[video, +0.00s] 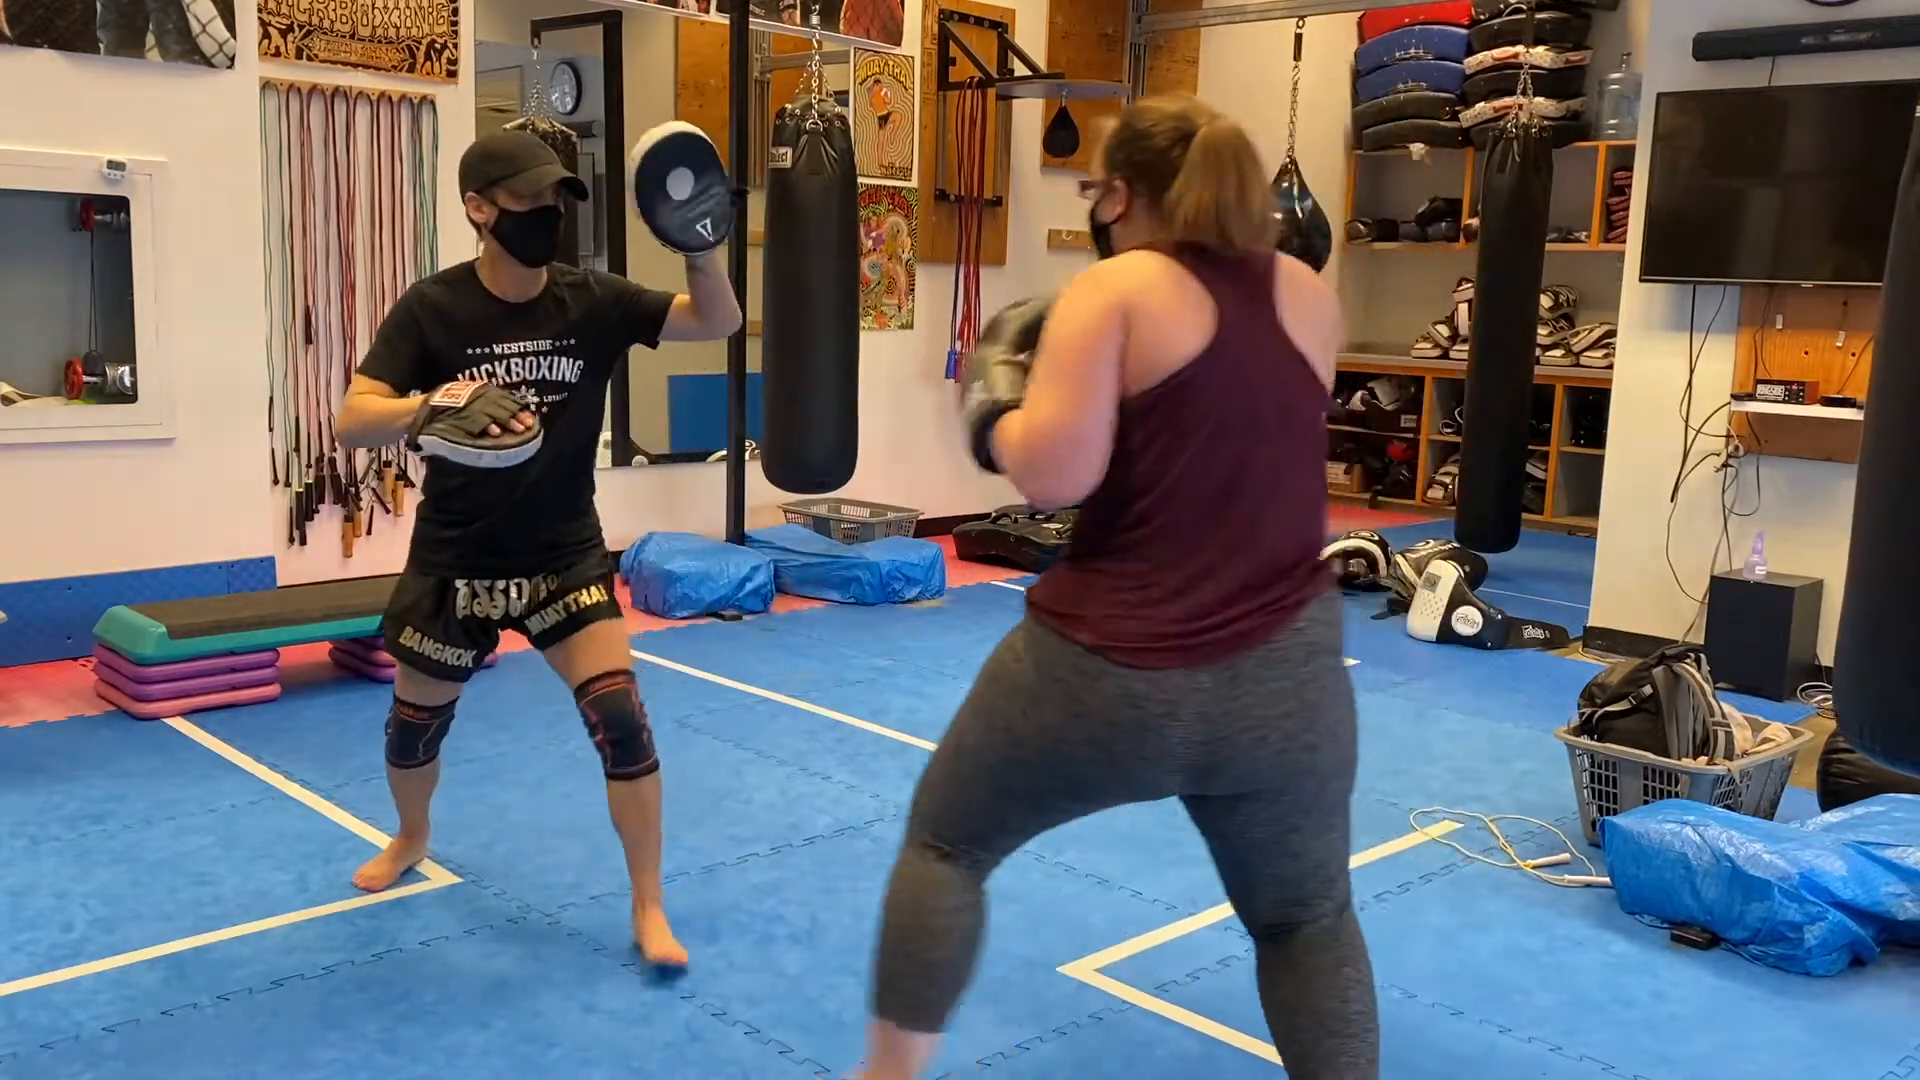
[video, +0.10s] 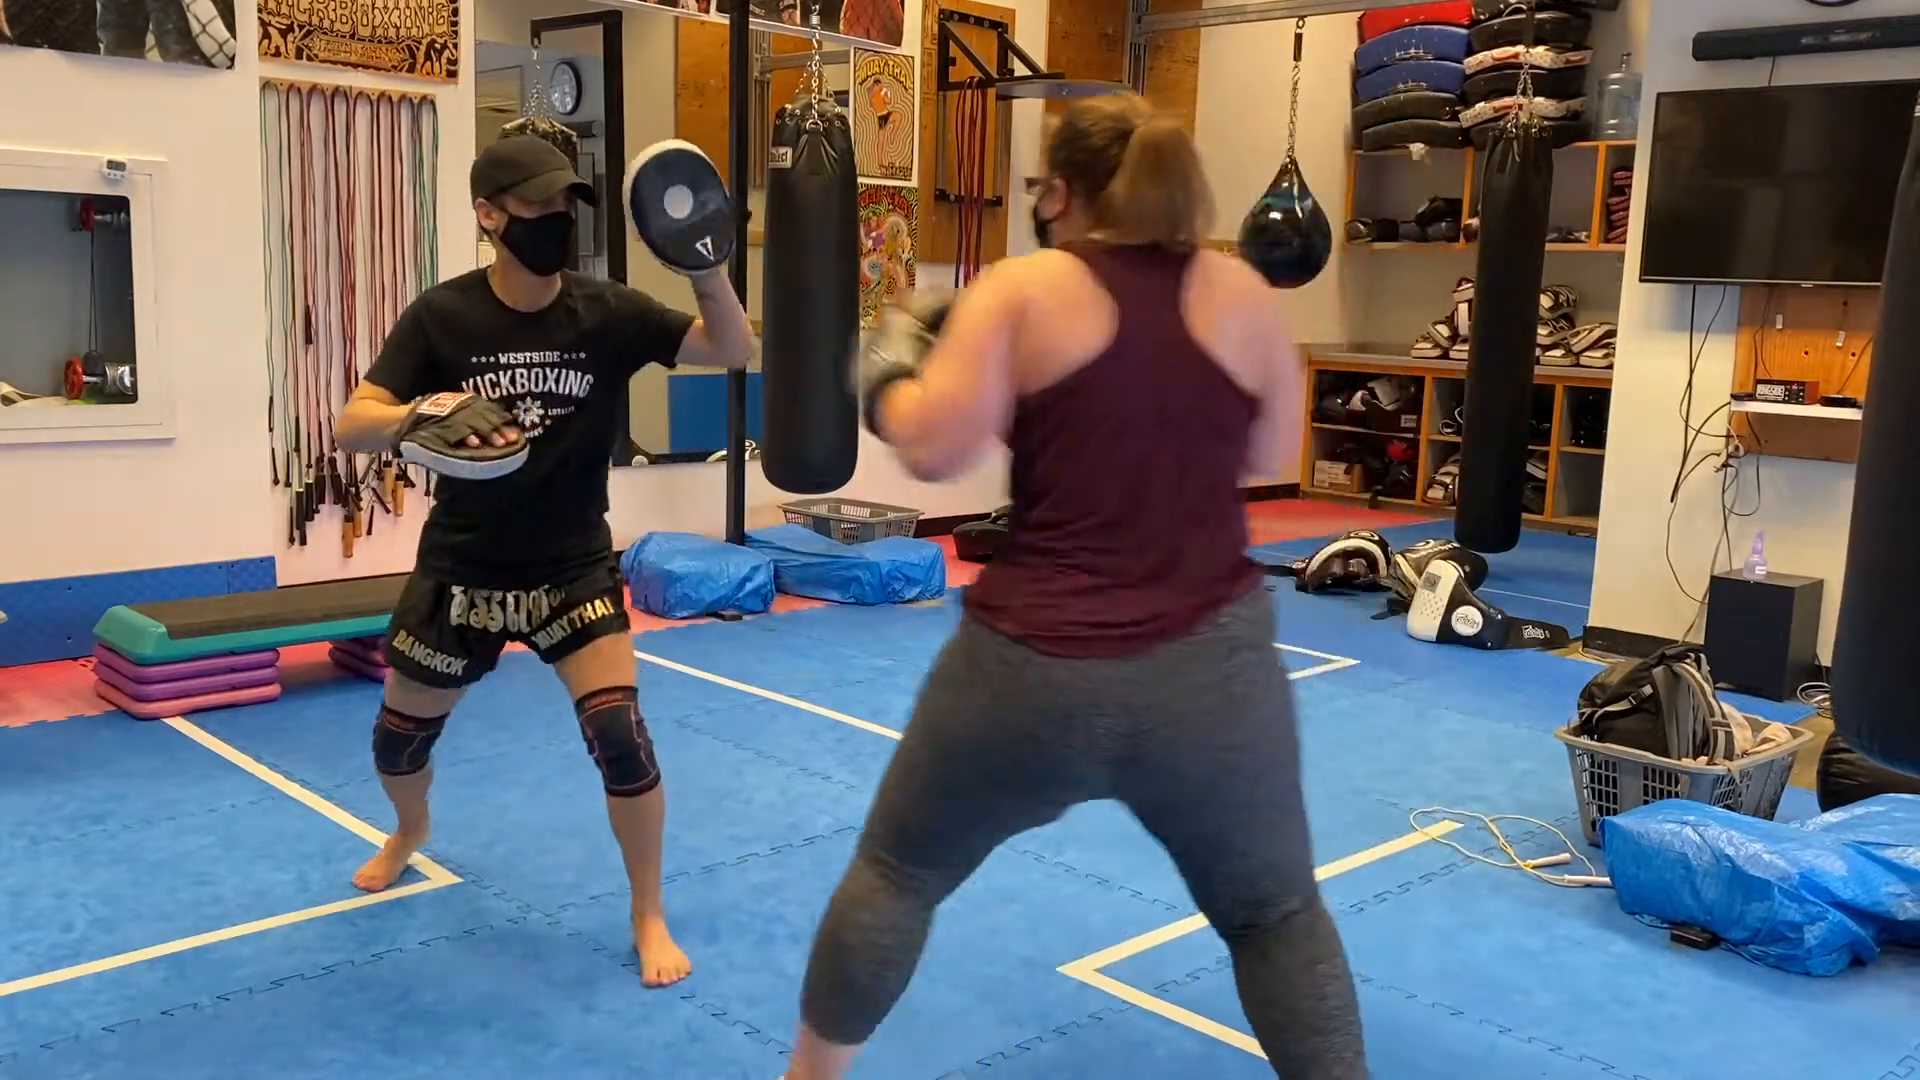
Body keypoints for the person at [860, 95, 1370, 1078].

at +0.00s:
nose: (1098, 213)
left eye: (1103, 194)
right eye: (1098, 195)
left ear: (1134, 194)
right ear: (1229, 184)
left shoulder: (1111, 293)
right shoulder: (1311, 293)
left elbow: (1053, 476)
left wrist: (995, 402)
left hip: (1100, 692)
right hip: (1285, 692)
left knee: (947, 848)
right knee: (1308, 919)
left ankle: (890, 1063)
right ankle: (1346, 1074)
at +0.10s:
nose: (1039, 198)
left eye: (1046, 183)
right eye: (1043, 181)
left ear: (1072, 192)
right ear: (1169, 183)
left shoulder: (1016, 293)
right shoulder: (1245, 294)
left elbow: (936, 445)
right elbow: (1272, 458)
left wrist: (880, 368)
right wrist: (1155, 419)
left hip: (1025, 690)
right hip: (1213, 689)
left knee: (899, 874)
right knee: (1276, 913)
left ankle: (813, 1064)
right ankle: (1336, 1071)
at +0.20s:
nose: (968, 183)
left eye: (974, 171)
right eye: (974, 167)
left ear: (992, 184)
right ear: (1103, 182)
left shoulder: (928, 277)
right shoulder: (1156, 294)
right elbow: (1201, 452)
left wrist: (756, 288)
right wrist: (1099, 418)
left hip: (935, 671)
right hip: (1118, 671)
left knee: (860, 887)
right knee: (1223, 905)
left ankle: (811, 1067)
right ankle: (1308, 1070)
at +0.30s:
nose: (917, 164)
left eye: (924, 150)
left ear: (942, 159)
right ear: (1054, 162)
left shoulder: (880, 246)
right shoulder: (1110, 270)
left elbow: (739, 342)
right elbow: (1136, 438)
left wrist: (742, 293)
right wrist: (1035, 396)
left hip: (880, 652)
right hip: (1062, 653)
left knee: (820, 860)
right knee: (1136, 882)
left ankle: (796, 1067)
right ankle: (1161, 1069)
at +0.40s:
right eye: (1036, 161)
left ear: (908, 162)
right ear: (1023, 170)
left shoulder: (846, 258)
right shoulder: (1073, 272)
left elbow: (740, 400)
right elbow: (1120, 438)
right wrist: (1015, 391)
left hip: (828, 649)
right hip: (1014, 658)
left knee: (743, 838)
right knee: (1066, 905)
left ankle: (698, 1059)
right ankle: (1065, 1073)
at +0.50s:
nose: (840, 185)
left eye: (844, 172)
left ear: (856, 181)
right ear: (971, 180)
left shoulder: (786, 276)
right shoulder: (1023, 289)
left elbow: (696, 419)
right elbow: (1086, 453)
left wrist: (666, 357)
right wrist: (997, 380)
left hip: (762, 662)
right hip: (952, 669)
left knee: (660, 877)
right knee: (1037, 923)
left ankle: (570, 1064)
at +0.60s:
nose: (774, 189)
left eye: (779, 177)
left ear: (791, 183)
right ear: (906, 187)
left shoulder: (710, 270)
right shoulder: (935, 298)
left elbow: (578, 375)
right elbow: (1000, 478)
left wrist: (607, 306)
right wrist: (934, 373)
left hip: (688, 673)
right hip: (870, 677)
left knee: (615, 908)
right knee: (987, 917)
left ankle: (549, 1072)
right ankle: (1036, 1071)